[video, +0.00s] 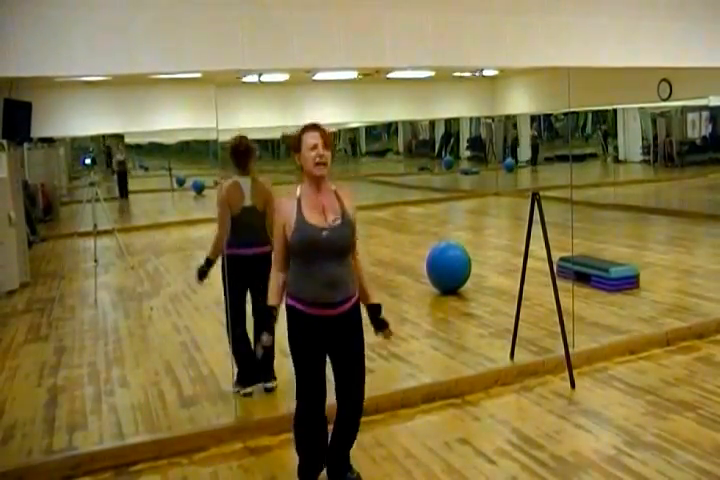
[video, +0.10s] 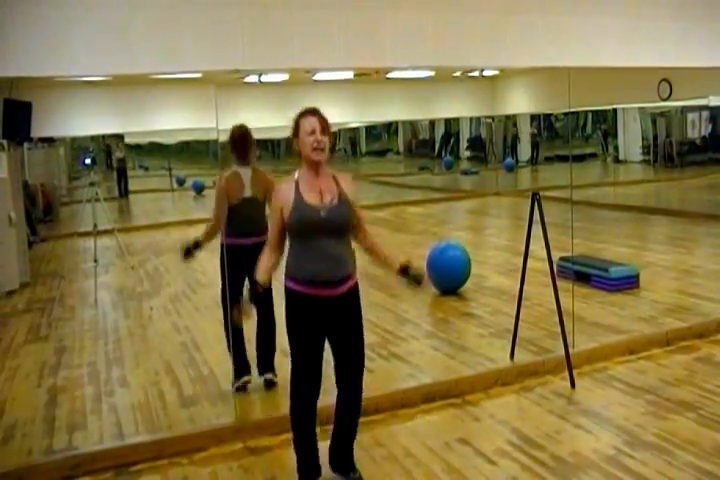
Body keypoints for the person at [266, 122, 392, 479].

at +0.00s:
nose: (321, 154)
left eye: (325, 147)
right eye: (313, 148)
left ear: (331, 153)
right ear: (298, 157)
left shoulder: (343, 197)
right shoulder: (286, 205)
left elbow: (353, 257)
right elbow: (278, 267)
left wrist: (373, 308)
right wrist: (268, 323)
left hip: (346, 314)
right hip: (305, 316)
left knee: (353, 399)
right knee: (311, 399)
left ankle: (339, 465)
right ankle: (310, 470)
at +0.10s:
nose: (318, 140)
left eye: (322, 133)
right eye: (310, 134)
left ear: (330, 139)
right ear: (296, 142)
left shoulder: (342, 183)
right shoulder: (284, 191)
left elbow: (362, 234)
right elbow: (273, 246)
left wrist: (398, 265)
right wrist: (260, 280)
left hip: (344, 294)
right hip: (302, 297)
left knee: (351, 382)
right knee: (305, 385)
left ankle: (342, 461)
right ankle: (308, 469)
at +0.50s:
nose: (317, 169)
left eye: (321, 163)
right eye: (309, 164)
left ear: (329, 170)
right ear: (297, 174)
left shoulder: (342, 199)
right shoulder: (288, 208)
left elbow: (373, 152)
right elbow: (247, 170)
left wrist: (354, 108)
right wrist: (266, 125)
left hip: (348, 323)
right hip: (303, 327)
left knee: (384, 390)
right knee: (278, 410)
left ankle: (395, 456)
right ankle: (259, 476)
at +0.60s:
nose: (315, 141)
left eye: (320, 134)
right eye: (307, 136)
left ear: (328, 140)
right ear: (294, 144)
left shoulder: (343, 171)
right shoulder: (283, 181)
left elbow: (388, 147)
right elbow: (231, 174)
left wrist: (407, 108)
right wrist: (221, 128)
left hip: (345, 292)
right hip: (301, 295)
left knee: (370, 373)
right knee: (283, 383)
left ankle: (391, 446)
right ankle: (264, 472)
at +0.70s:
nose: (315, 127)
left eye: (319, 120)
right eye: (307, 122)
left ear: (327, 127)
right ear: (293, 131)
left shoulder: (343, 164)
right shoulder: (280, 174)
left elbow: (384, 180)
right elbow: (236, 207)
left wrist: (422, 171)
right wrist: (203, 191)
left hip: (342, 279)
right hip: (301, 282)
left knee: (359, 363)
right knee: (295, 376)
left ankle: (365, 445)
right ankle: (285, 467)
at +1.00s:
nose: (315, 134)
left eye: (319, 127)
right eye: (307, 129)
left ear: (327, 133)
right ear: (293, 136)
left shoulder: (341, 176)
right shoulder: (282, 183)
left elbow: (363, 226)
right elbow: (266, 235)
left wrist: (403, 235)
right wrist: (251, 258)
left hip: (342, 286)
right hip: (300, 288)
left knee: (349, 370)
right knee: (304, 375)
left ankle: (338, 453)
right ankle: (307, 465)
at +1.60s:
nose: (314, 130)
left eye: (318, 123)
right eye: (305, 126)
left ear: (327, 128)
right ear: (293, 135)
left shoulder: (344, 168)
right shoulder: (281, 178)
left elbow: (380, 195)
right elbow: (237, 221)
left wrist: (428, 194)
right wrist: (206, 209)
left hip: (345, 280)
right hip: (303, 284)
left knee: (361, 364)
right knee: (304, 374)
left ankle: (361, 451)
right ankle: (298, 468)